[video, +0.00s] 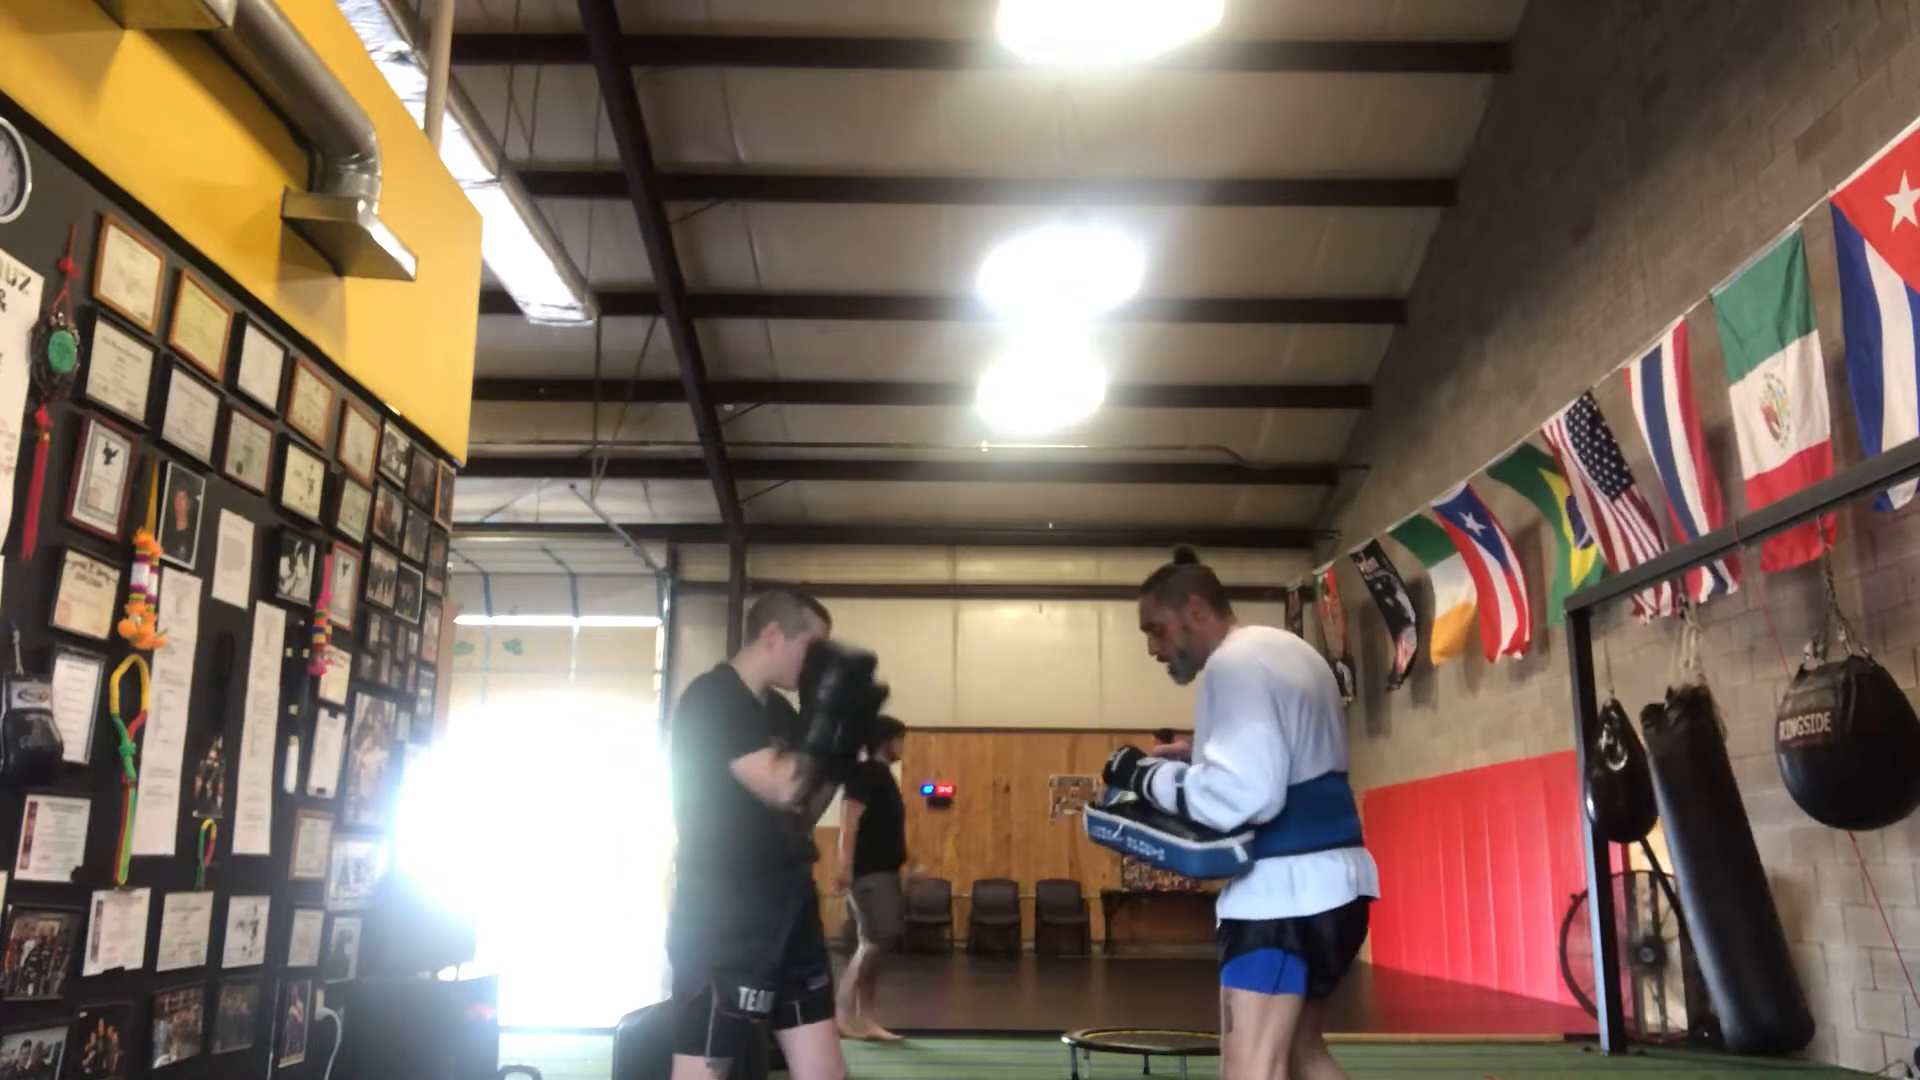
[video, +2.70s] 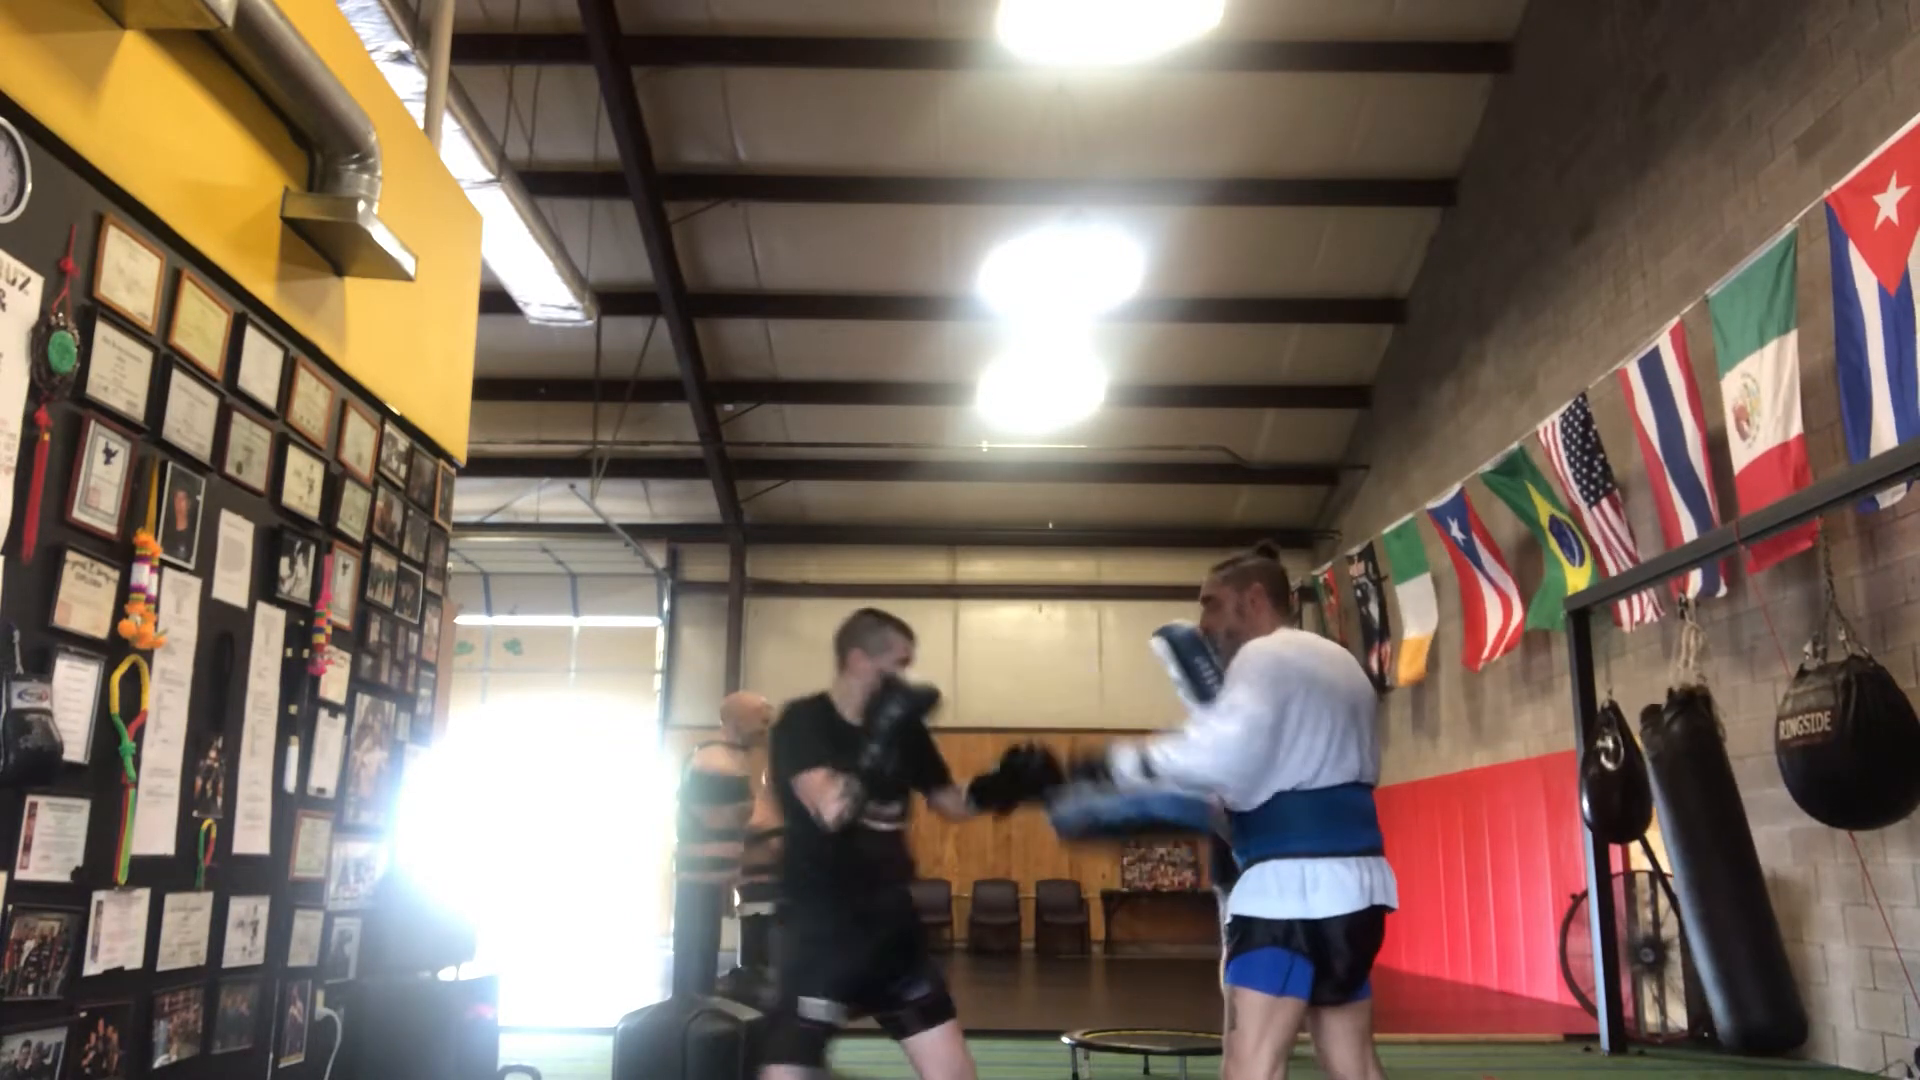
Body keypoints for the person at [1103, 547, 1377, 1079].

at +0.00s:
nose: (1152, 649)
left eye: (1155, 631)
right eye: (1148, 634)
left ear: (1196, 611)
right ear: (1201, 610)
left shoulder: (1236, 663)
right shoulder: (1288, 649)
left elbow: (1243, 793)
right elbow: (1294, 761)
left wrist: (1145, 775)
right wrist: (1201, 751)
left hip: (1280, 894)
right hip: (1330, 884)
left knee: (1250, 1067)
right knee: (1302, 1053)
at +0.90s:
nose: (1193, 645)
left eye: (1194, 629)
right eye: (1187, 632)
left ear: (1229, 611)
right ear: (1241, 609)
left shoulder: (1255, 668)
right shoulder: (1334, 663)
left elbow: (1208, 773)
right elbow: (1295, 758)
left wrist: (1105, 736)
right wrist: (1219, 712)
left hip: (1285, 895)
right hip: (1356, 889)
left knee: (1255, 1065)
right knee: (1352, 1062)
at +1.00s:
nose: (1182, 643)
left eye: (1184, 627)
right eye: (1178, 631)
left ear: (1219, 609)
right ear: (1229, 609)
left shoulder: (1238, 667)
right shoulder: (1325, 660)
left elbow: (1156, 755)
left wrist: (1053, 717)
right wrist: (1188, 712)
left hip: (1276, 895)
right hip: (1350, 890)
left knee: (1242, 1068)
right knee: (1347, 1064)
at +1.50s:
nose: (1170, 639)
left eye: (1173, 622)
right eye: (1166, 626)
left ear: (1210, 608)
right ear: (1216, 607)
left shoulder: (1242, 660)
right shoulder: (1315, 661)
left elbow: (1216, 768)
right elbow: (1290, 760)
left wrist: (1111, 736)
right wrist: (1205, 718)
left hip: (1269, 892)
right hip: (1336, 886)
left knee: (1246, 1065)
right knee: (1338, 1060)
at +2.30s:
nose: (1193, 648)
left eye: (1194, 632)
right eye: (1188, 635)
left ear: (1227, 614)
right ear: (1236, 614)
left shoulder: (1244, 669)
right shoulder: (1333, 659)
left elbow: (1149, 734)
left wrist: (1060, 688)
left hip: (1301, 891)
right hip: (1371, 884)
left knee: (1268, 1063)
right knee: (1358, 1060)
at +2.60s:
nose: (1200, 626)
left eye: (1206, 611)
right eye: (1198, 613)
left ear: (1248, 602)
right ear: (1259, 601)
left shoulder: (1251, 659)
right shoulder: (1343, 661)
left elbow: (1166, 717)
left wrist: (1068, 687)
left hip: (1292, 894)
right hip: (1365, 887)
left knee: (1260, 1064)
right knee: (1358, 1064)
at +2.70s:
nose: (1203, 623)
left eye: (1211, 604)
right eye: (1202, 608)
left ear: (1253, 598)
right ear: (1260, 602)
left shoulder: (1264, 659)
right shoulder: (1344, 663)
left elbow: (1228, 757)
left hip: (1286, 893)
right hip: (1358, 887)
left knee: (1251, 1066)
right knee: (1354, 1062)